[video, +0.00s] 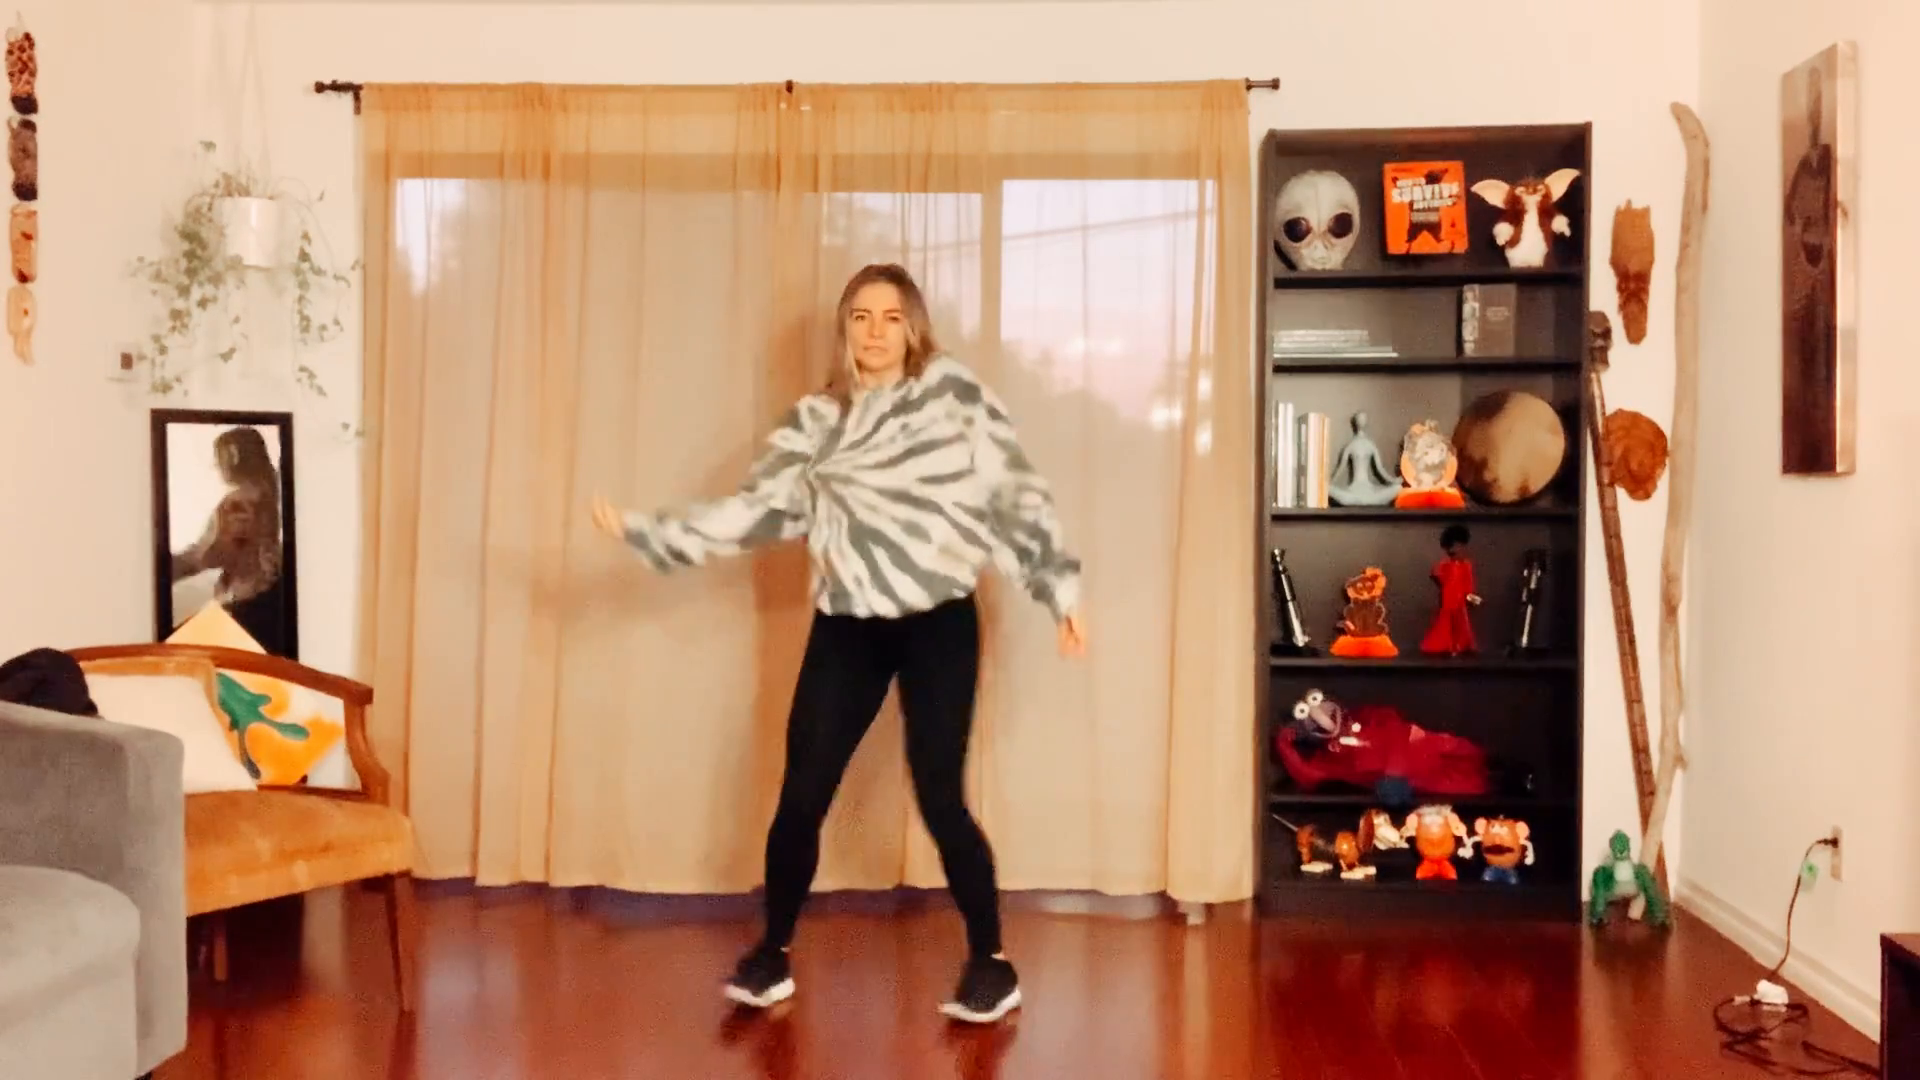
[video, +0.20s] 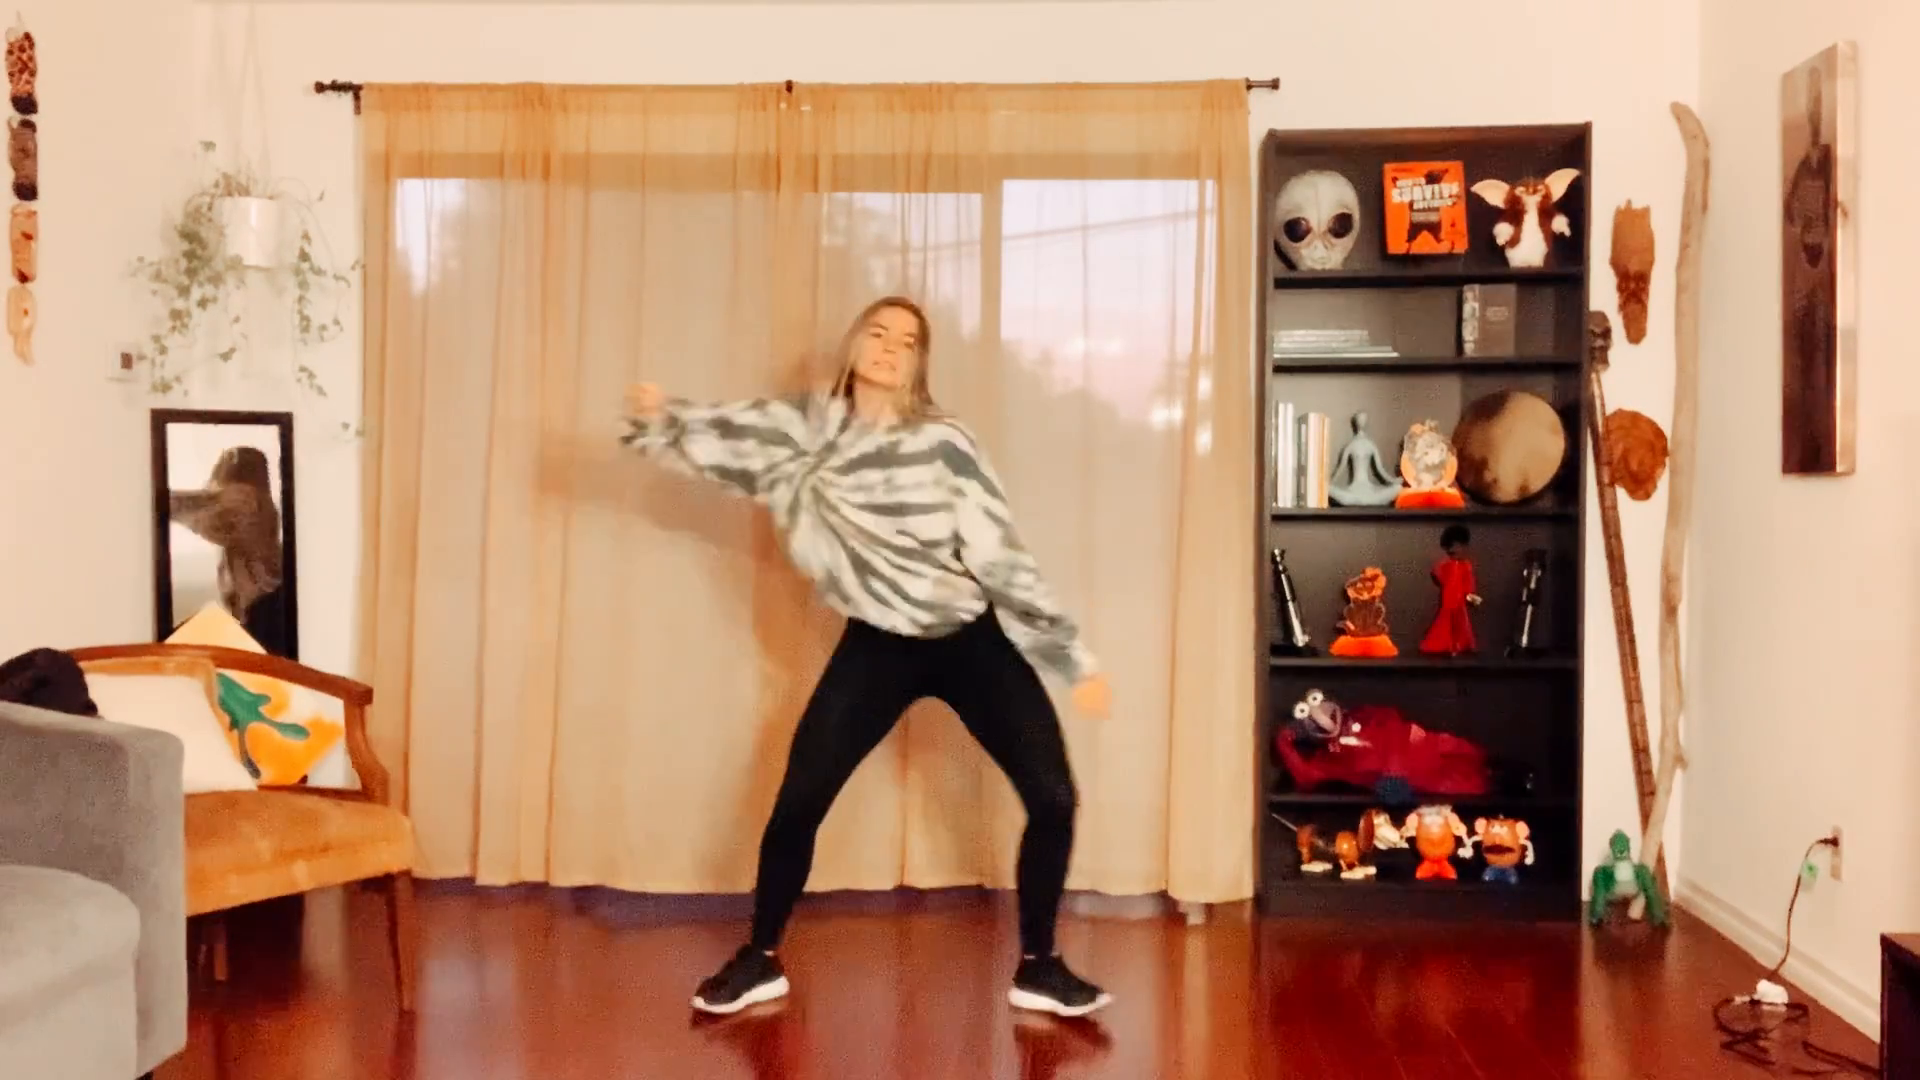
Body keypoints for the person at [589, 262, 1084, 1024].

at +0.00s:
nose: (875, 330)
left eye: (891, 318)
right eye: (862, 316)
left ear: (915, 329)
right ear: (843, 327)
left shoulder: (955, 400)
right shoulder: (819, 421)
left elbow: (1016, 494)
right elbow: (759, 510)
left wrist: (1058, 588)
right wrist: (646, 530)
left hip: (938, 620)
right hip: (848, 623)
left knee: (941, 802)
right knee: (802, 795)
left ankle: (990, 963)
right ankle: (771, 953)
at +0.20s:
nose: (889, 347)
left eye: (906, 343)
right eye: (878, 333)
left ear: (920, 367)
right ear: (849, 347)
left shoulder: (946, 446)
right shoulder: (807, 427)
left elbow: (1002, 560)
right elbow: (729, 438)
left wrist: (1073, 658)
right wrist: (667, 421)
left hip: (974, 640)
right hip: (878, 641)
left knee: (1054, 799)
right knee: (798, 800)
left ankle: (1038, 967)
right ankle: (760, 958)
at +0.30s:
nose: (952, 347)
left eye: (964, 339)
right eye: (937, 334)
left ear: (979, 357)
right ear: (906, 348)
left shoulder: (1007, 449)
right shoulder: (866, 430)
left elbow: (1072, 549)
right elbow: (792, 467)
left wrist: (1152, 605)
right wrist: (717, 456)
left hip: (987, 653)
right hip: (888, 648)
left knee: (1086, 800)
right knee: (801, 796)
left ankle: (1049, 969)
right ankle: (755, 955)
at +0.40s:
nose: (1018, 347)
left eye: (1033, 341)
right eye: (1004, 338)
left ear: (1054, 368)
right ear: (977, 359)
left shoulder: (1084, 462)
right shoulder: (934, 442)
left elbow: (1185, 508)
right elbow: (863, 522)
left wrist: (1303, 512)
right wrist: (800, 574)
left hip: (1002, 662)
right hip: (902, 647)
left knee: (1106, 805)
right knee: (807, 797)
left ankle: (1051, 969)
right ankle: (752, 955)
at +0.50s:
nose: (1055, 359)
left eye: (1070, 350)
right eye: (1040, 351)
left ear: (1091, 376)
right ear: (1021, 375)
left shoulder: (1129, 463)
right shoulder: (983, 459)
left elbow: (1236, 454)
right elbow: (925, 549)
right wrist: (865, 624)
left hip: (1028, 668)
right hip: (930, 650)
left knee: (1129, 817)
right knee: (831, 801)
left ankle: (1054, 972)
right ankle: (760, 954)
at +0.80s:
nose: (1108, 375)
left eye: (1118, 364)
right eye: (1089, 366)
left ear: (1132, 376)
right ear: (1059, 384)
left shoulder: (1176, 442)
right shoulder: (1034, 481)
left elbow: (1277, 435)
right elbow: (973, 597)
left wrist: (1242, 364)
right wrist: (924, 700)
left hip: (1121, 668)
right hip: (1025, 657)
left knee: (1139, 858)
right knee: (932, 820)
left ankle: (1082, 956)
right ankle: (877, 945)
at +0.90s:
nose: (1119, 373)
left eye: (1127, 362)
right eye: (1102, 363)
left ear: (1139, 375)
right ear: (1069, 376)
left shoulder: (1176, 463)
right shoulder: (1043, 473)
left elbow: (1272, 433)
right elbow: (988, 565)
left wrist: (1212, 413)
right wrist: (935, 650)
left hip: (1143, 661)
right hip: (1050, 656)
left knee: (1123, 847)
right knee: (998, 829)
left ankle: (1087, 957)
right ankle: (981, 952)